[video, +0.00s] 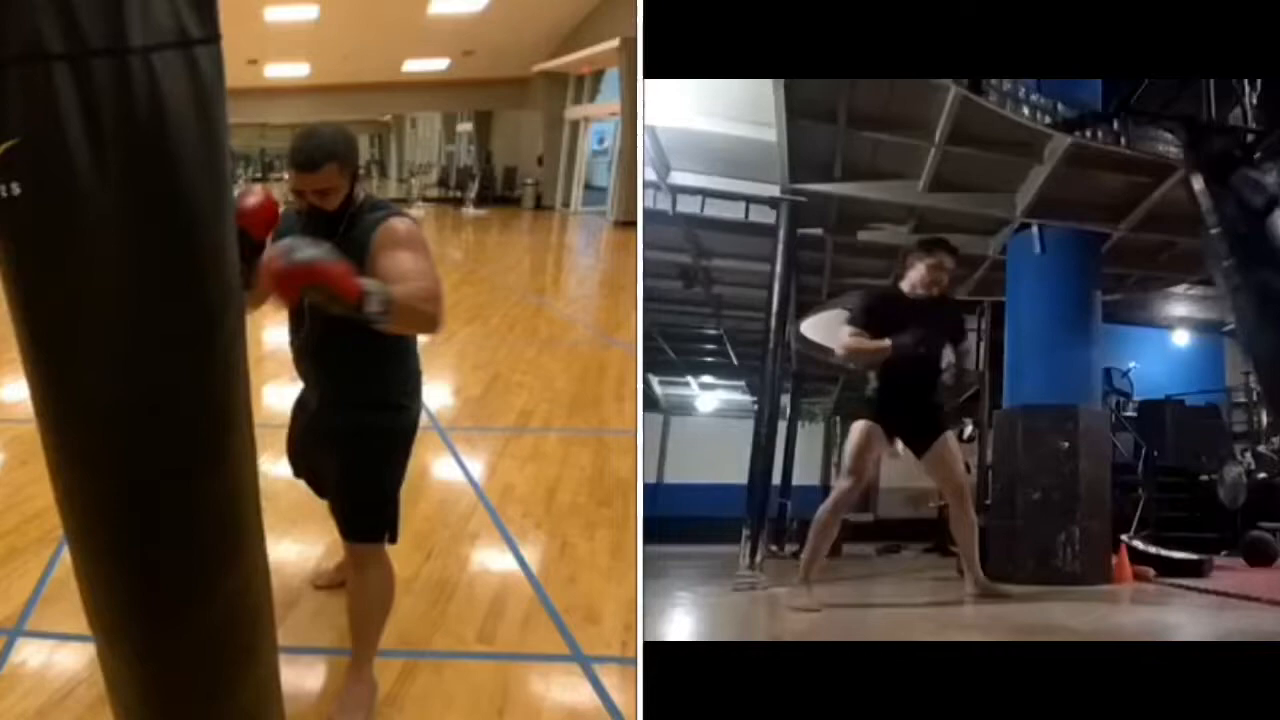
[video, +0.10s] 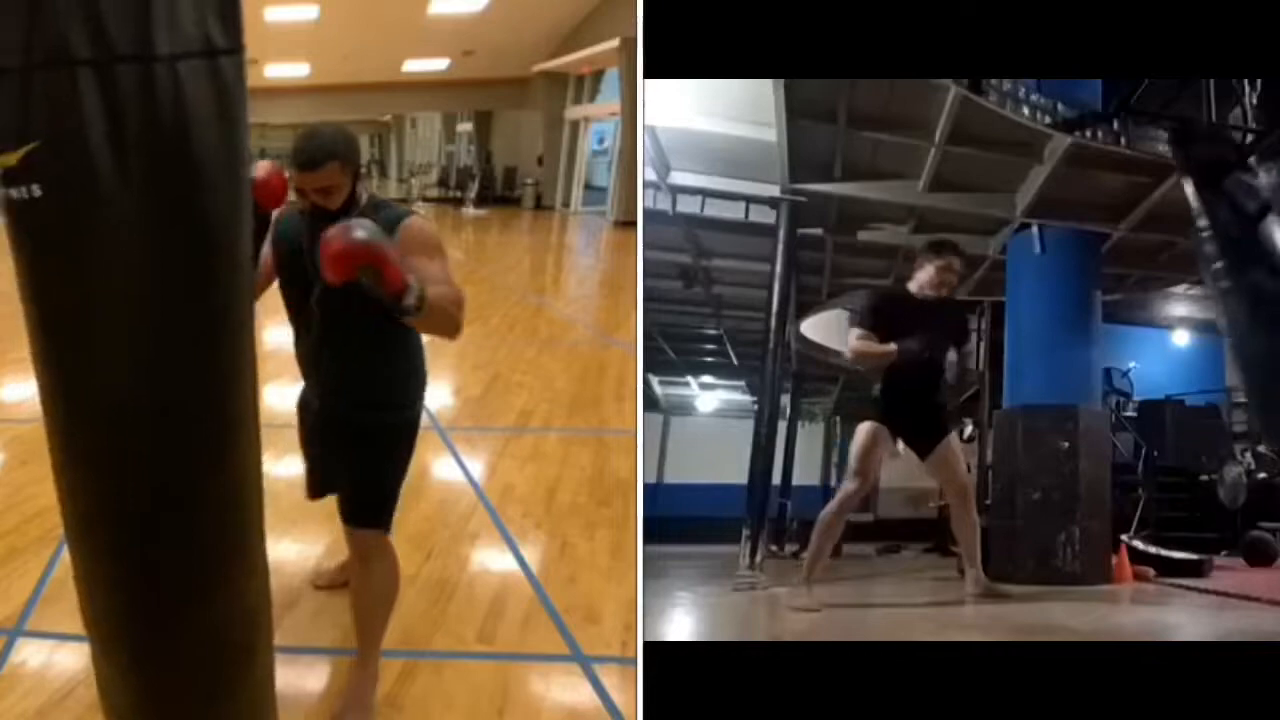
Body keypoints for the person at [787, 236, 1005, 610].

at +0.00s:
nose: (940, 277)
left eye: (947, 272)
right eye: (934, 267)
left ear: (951, 277)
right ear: (912, 264)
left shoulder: (948, 312)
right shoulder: (881, 300)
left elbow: (964, 362)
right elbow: (846, 345)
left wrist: (958, 384)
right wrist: (893, 345)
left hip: (924, 409)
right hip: (880, 406)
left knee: (959, 490)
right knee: (848, 487)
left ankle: (975, 580)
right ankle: (802, 580)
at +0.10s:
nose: (945, 282)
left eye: (953, 277)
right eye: (942, 271)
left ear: (957, 281)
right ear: (921, 264)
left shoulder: (952, 313)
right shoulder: (883, 300)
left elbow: (964, 362)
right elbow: (855, 348)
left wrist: (960, 385)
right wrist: (902, 349)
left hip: (927, 408)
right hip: (883, 405)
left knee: (961, 490)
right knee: (855, 486)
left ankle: (975, 579)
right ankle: (805, 580)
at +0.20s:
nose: (995, 294)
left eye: (997, 288)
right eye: (992, 285)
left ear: (977, 282)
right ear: (972, 276)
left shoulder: (965, 316)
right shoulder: (932, 297)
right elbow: (887, 334)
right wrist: (922, 356)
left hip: (934, 411)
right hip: (898, 404)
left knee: (963, 488)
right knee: (869, 495)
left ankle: (975, 578)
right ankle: (808, 581)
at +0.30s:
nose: (1006, 309)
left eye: (1010, 301)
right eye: (1006, 299)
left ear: (989, 290)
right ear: (990, 287)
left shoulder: (972, 321)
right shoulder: (956, 303)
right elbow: (912, 327)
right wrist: (945, 358)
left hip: (938, 412)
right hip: (908, 404)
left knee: (966, 488)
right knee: (875, 494)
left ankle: (976, 578)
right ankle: (814, 580)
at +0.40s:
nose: (1022, 317)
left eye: (1026, 312)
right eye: (1023, 308)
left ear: (1015, 306)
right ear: (1006, 295)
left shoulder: (996, 334)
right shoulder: (971, 304)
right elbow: (932, 334)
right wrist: (959, 368)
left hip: (951, 411)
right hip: (915, 400)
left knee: (972, 487)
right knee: (880, 484)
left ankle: (976, 578)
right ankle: (814, 566)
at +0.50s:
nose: (1022, 310)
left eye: (1027, 305)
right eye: (1023, 300)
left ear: (1020, 303)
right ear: (1007, 288)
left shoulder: (998, 336)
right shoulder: (969, 299)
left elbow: (979, 386)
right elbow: (929, 332)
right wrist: (962, 357)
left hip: (955, 410)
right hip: (917, 399)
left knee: (977, 489)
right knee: (881, 481)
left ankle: (976, 579)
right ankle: (820, 567)